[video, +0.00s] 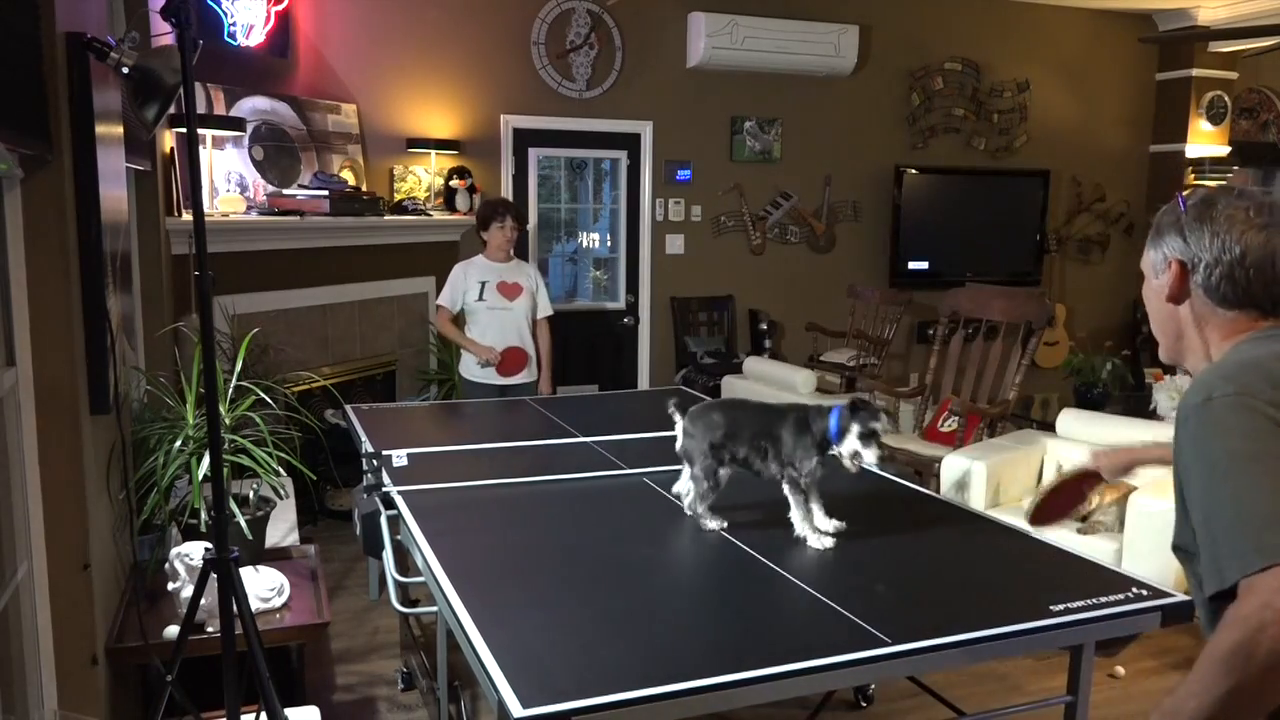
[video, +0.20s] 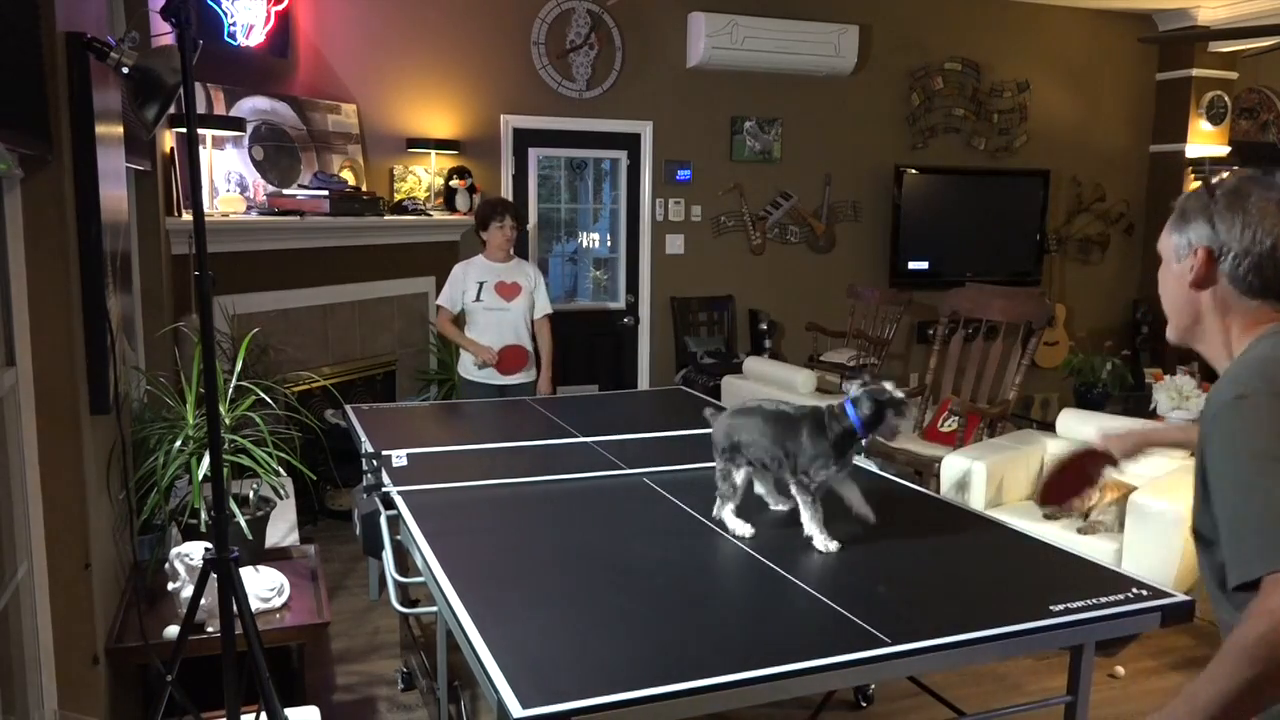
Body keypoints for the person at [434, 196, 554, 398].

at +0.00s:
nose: (509, 234)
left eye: (514, 228)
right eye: (501, 228)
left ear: (519, 232)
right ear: (484, 233)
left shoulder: (530, 272)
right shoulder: (464, 271)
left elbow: (541, 326)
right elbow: (441, 320)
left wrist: (545, 374)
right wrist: (476, 348)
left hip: (522, 381)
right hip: (478, 381)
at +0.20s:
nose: (509, 233)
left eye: (513, 227)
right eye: (500, 227)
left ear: (517, 231)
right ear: (483, 233)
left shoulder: (530, 272)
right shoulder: (464, 271)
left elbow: (541, 324)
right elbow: (442, 321)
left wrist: (546, 375)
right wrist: (475, 348)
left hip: (521, 381)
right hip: (477, 381)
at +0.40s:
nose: (515, 236)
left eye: (519, 230)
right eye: (508, 229)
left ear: (523, 232)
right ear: (488, 232)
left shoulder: (531, 273)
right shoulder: (468, 270)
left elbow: (539, 323)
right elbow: (449, 322)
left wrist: (539, 366)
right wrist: (487, 353)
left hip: (518, 381)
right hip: (476, 382)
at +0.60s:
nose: (537, 251)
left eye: (539, 243)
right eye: (529, 244)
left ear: (541, 244)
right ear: (509, 248)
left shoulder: (539, 282)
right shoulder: (497, 283)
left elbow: (543, 334)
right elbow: (517, 340)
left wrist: (550, 375)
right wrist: (564, 353)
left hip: (527, 381)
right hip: (485, 384)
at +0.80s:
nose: (578, 259)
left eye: (580, 252)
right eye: (570, 252)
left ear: (584, 252)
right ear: (550, 253)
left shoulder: (566, 283)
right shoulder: (541, 284)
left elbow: (559, 337)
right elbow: (560, 328)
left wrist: (561, 376)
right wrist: (603, 351)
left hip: (546, 378)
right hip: (510, 380)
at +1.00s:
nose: (604, 263)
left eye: (609, 258)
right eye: (598, 256)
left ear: (613, 262)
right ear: (581, 256)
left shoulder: (598, 297)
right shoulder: (561, 281)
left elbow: (586, 341)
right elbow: (537, 315)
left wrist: (576, 376)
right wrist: (549, 342)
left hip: (560, 376)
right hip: (521, 372)